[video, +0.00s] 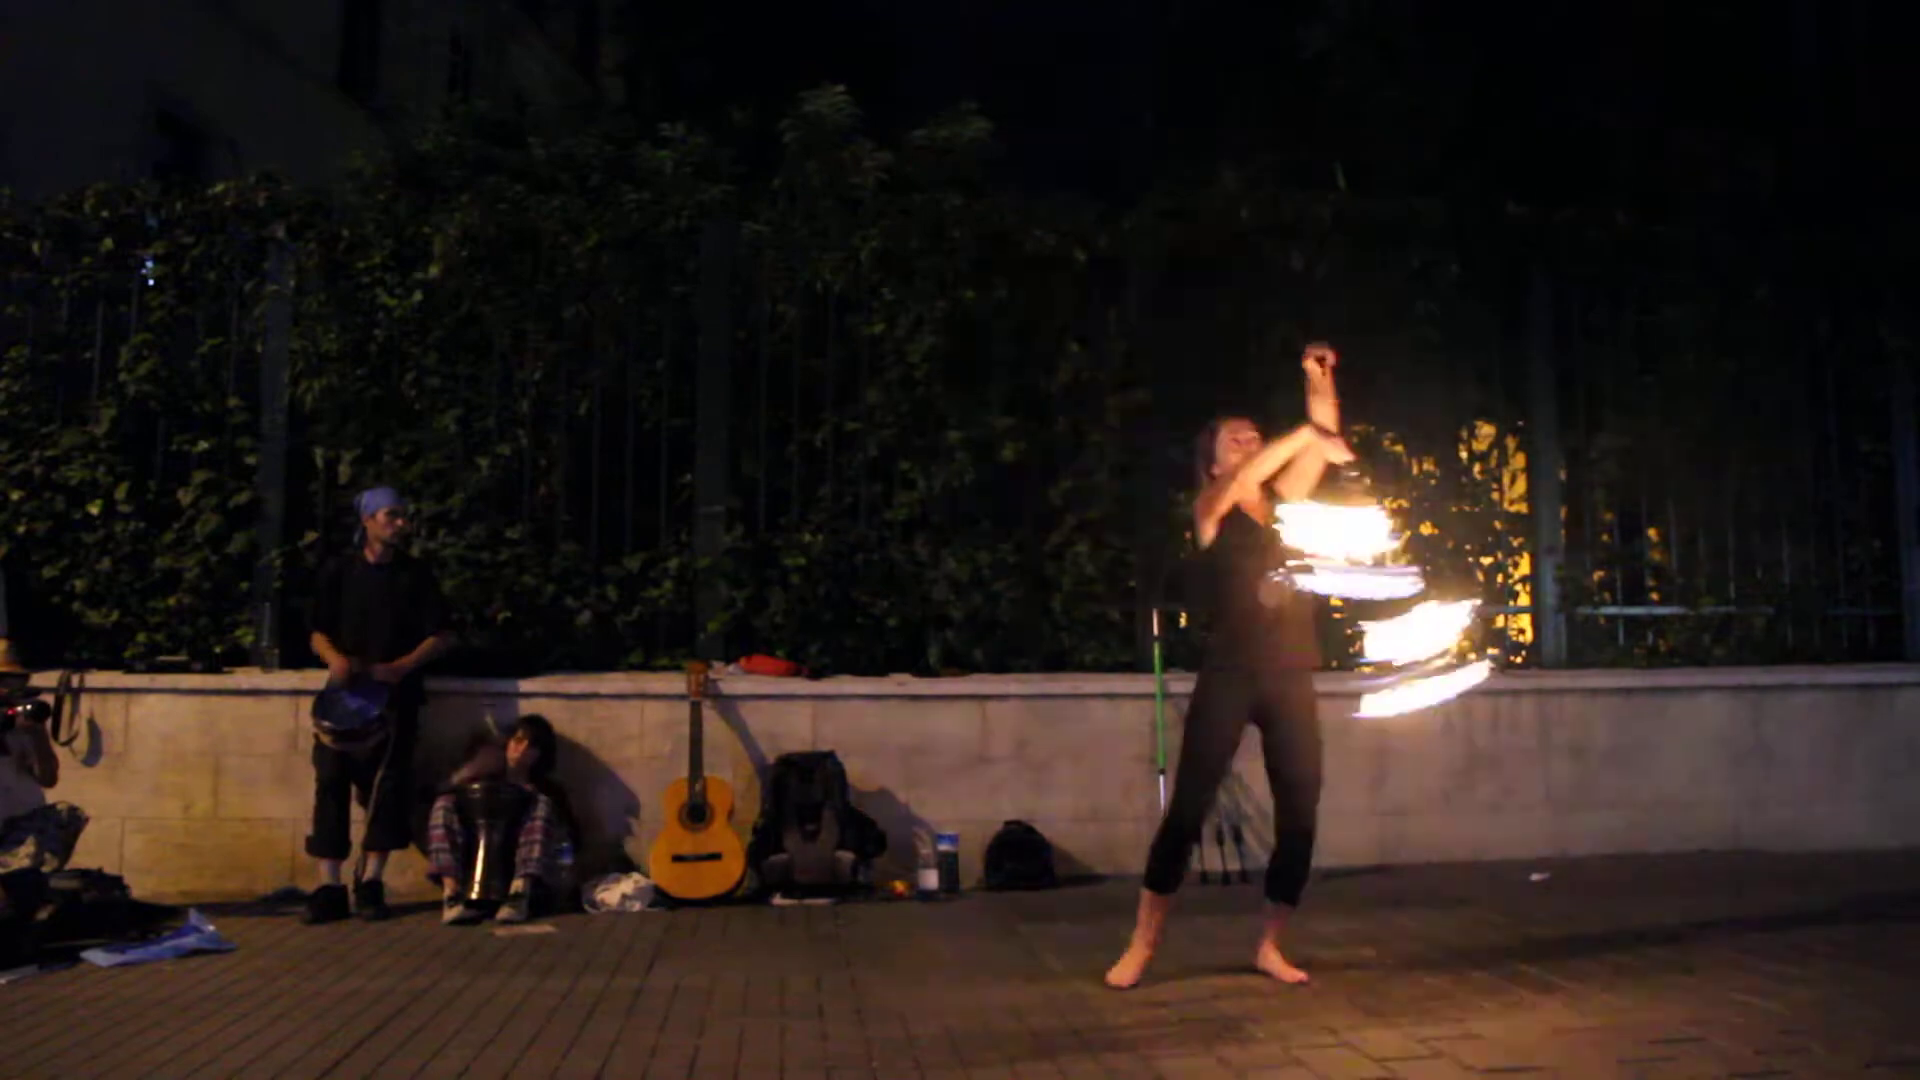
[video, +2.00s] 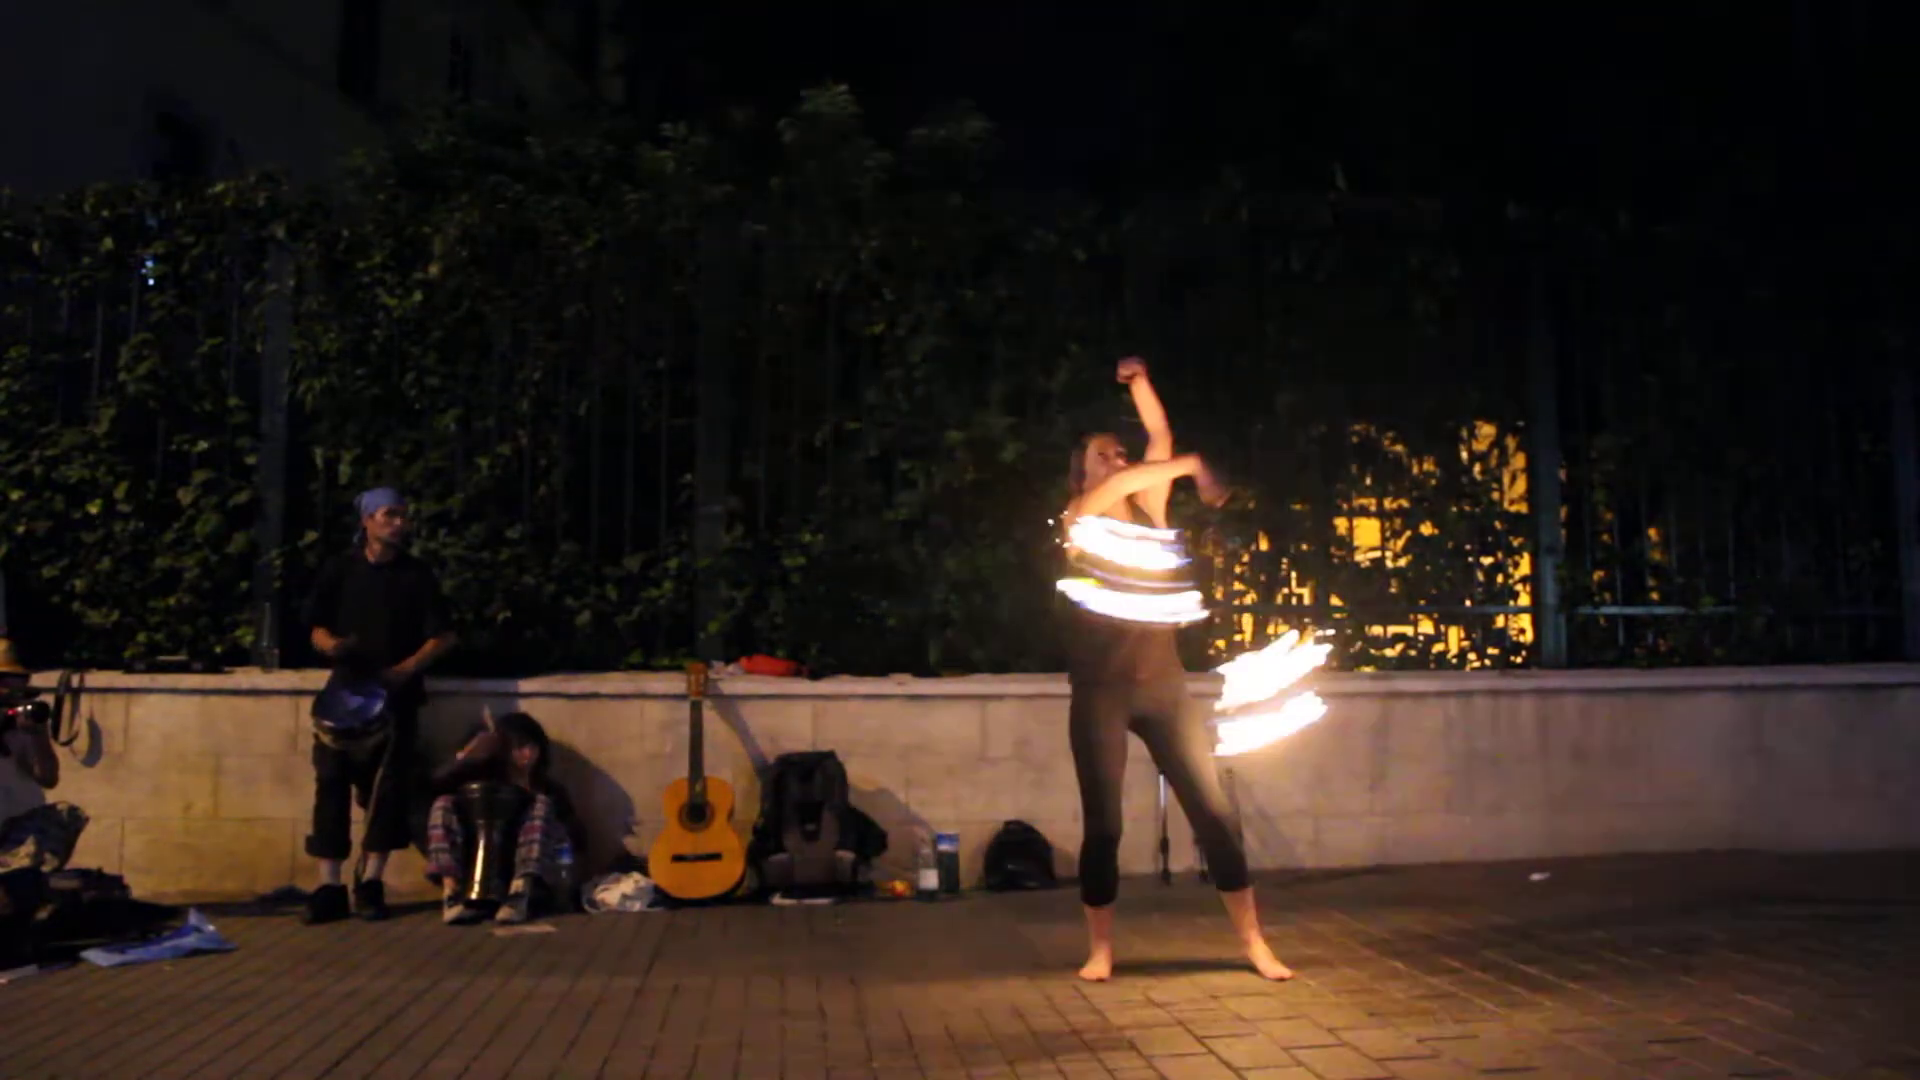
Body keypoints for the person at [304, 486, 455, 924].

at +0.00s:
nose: (401, 523)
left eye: (403, 517)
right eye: (392, 517)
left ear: (403, 523)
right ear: (367, 521)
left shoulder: (416, 573)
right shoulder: (339, 573)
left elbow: (441, 636)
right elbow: (316, 632)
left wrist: (398, 668)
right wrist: (337, 662)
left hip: (395, 694)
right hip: (344, 691)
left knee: (388, 784)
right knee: (331, 783)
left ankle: (371, 880)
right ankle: (329, 883)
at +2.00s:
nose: (400, 523)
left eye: (403, 517)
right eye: (391, 516)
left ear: (406, 523)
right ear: (367, 522)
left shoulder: (417, 575)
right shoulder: (341, 571)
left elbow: (442, 637)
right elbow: (316, 629)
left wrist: (405, 669)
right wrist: (336, 647)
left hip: (395, 693)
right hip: (345, 690)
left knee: (388, 786)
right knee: (331, 784)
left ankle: (371, 880)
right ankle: (330, 883)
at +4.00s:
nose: (401, 523)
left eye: (403, 517)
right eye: (392, 517)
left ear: (404, 523)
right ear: (368, 521)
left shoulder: (417, 573)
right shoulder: (341, 571)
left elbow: (440, 638)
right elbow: (318, 631)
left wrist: (395, 667)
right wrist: (336, 654)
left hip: (396, 695)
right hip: (345, 692)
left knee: (389, 784)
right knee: (331, 781)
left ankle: (370, 881)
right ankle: (330, 882)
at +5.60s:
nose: (403, 525)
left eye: (405, 518)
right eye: (394, 517)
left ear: (407, 524)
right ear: (369, 522)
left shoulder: (417, 575)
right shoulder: (340, 571)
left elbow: (443, 636)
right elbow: (317, 627)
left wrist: (401, 660)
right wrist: (336, 658)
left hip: (396, 693)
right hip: (344, 690)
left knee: (389, 783)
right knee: (331, 782)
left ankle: (371, 880)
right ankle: (330, 882)